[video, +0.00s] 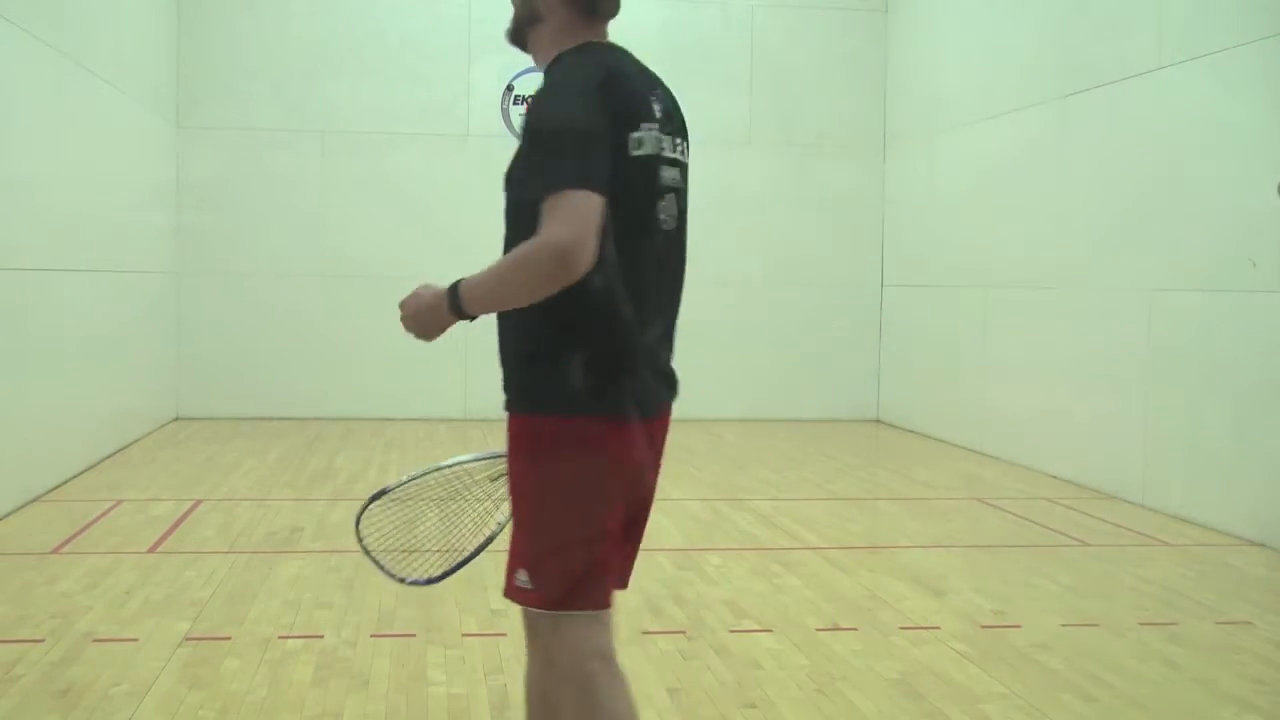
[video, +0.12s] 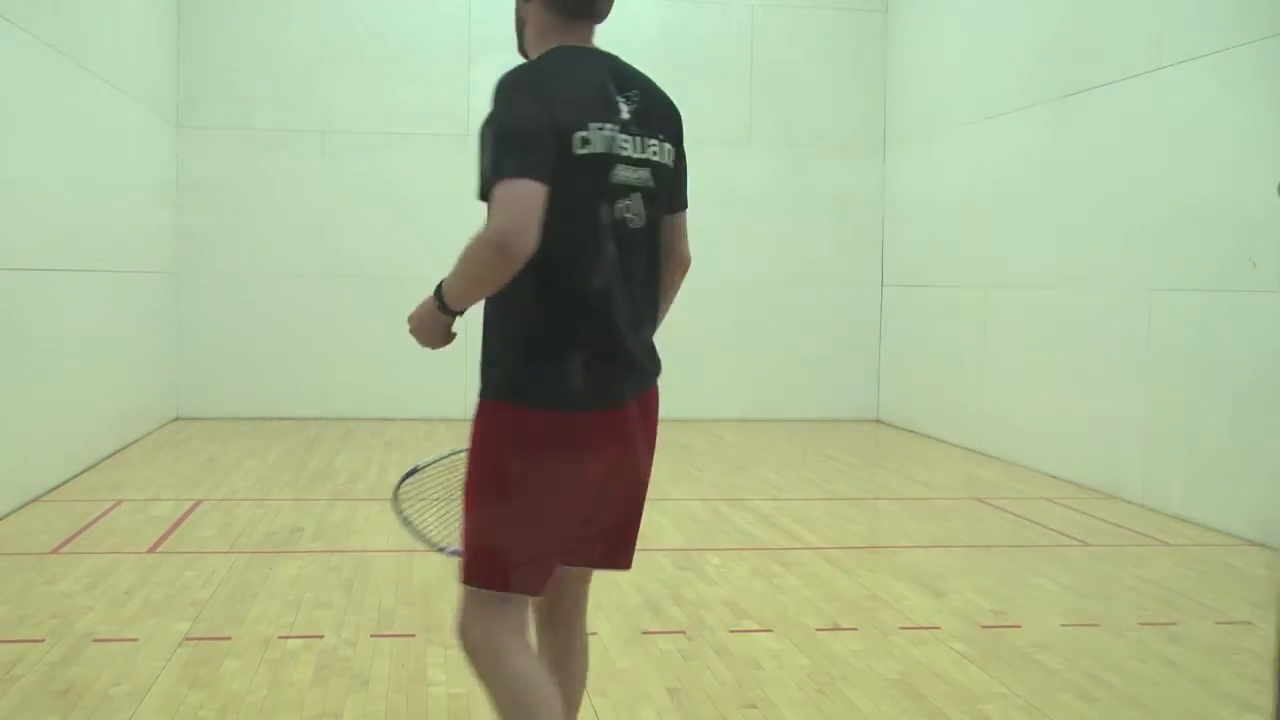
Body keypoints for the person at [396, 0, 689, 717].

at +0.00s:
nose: (512, 9)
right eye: (517, 1)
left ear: (539, 5)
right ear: (603, 9)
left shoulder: (578, 83)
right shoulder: (647, 91)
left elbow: (566, 247)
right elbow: (629, 274)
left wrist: (452, 300)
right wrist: (540, 405)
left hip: (576, 406)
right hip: (623, 399)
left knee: (570, 632)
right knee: (561, 620)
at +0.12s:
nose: (517, 20)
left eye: (518, 10)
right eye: (520, 11)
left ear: (530, 10)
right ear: (599, 14)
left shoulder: (530, 88)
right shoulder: (655, 103)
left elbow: (513, 235)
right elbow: (674, 255)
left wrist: (444, 303)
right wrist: (624, 339)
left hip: (536, 397)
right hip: (623, 396)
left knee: (488, 616)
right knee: (565, 599)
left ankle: (548, 718)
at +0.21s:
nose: (518, 18)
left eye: (518, 11)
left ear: (522, 10)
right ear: (596, 20)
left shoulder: (504, 90)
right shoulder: (651, 106)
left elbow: (475, 235)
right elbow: (678, 259)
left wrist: (444, 301)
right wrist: (632, 347)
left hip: (518, 389)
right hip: (615, 392)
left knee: (462, 604)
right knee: (572, 606)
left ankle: (509, 714)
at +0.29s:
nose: (517, 21)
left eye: (516, 13)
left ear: (517, 15)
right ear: (592, 25)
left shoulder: (484, 94)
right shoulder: (642, 109)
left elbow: (435, 243)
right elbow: (676, 263)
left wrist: (451, 289)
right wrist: (642, 362)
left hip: (502, 386)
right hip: (604, 391)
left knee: (454, 592)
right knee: (573, 604)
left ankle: (464, 714)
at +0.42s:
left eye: (518, 19)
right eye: (575, 22)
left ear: (510, 25)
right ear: (586, 30)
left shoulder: (460, 106)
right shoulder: (624, 116)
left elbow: (407, 250)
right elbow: (663, 264)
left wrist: (457, 230)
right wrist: (651, 370)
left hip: (481, 386)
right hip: (583, 391)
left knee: (448, 574)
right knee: (562, 601)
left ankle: (424, 714)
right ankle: (551, 718)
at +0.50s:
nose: (563, 42)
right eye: (571, 33)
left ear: (504, 33)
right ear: (577, 42)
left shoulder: (450, 114)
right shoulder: (612, 121)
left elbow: (406, 252)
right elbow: (650, 265)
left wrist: (456, 209)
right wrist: (652, 374)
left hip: (474, 383)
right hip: (575, 384)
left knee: (447, 570)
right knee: (553, 599)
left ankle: (426, 714)